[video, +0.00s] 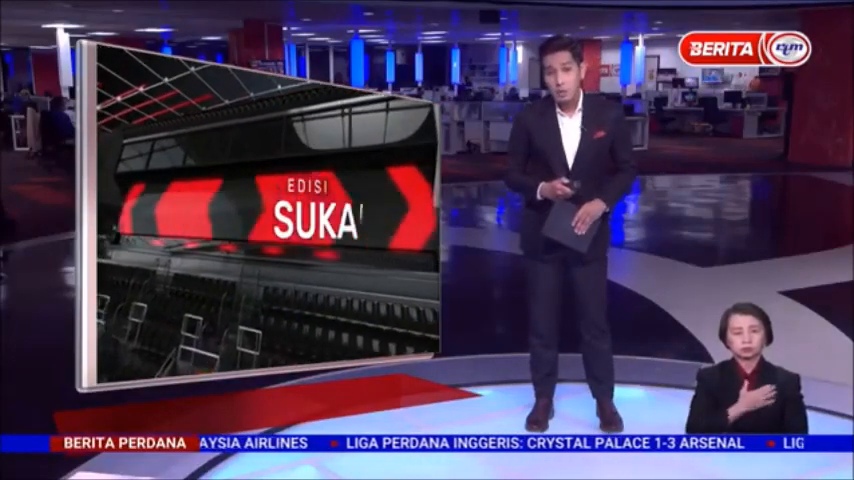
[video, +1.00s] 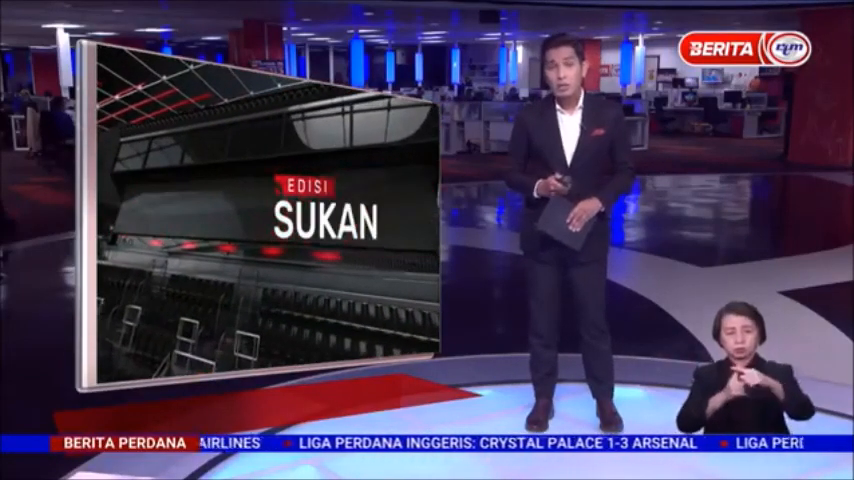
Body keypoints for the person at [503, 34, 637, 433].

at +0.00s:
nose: (558, 79)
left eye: (565, 69)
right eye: (550, 72)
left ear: (581, 71)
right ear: (543, 77)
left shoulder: (607, 112)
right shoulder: (529, 117)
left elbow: (626, 169)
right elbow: (512, 173)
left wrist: (601, 202)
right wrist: (540, 188)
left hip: (590, 231)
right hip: (542, 232)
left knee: (594, 320)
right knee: (543, 322)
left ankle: (605, 400)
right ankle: (542, 400)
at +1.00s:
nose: (560, 73)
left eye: (568, 64)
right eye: (552, 66)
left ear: (583, 68)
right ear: (544, 74)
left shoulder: (608, 112)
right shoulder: (530, 115)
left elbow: (625, 171)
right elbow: (512, 171)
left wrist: (598, 201)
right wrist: (537, 186)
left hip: (589, 230)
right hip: (542, 231)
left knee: (593, 320)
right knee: (543, 321)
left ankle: (605, 400)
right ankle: (542, 400)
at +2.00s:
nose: (564, 72)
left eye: (572, 63)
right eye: (557, 64)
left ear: (586, 69)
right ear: (548, 72)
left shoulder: (608, 112)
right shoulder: (531, 115)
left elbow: (626, 170)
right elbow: (513, 170)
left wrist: (601, 201)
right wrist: (537, 185)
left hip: (590, 232)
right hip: (542, 233)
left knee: (593, 321)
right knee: (543, 322)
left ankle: (605, 400)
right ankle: (542, 400)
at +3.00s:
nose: (558, 73)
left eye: (566, 65)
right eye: (551, 66)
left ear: (582, 70)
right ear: (544, 74)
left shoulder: (607, 112)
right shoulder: (530, 116)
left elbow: (625, 171)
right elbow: (513, 171)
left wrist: (601, 200)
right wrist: (532, 185)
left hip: (589, 232)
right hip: (542, 233)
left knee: (593, 321)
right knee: (543, 323)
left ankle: (605, 401)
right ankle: (542, 401)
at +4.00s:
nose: (561, 76)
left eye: (569, 68)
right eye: (554, 68)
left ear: (583, 72)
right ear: (545, 73)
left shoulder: (606, 112)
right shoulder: (528, 116)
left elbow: (624, 171)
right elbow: (512, 172)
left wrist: (602, 199)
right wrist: (532, 187)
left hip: (589, 231)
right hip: (541, 232)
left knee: (593, 321)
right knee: (543, 322)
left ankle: (605, 401)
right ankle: (542, 401)